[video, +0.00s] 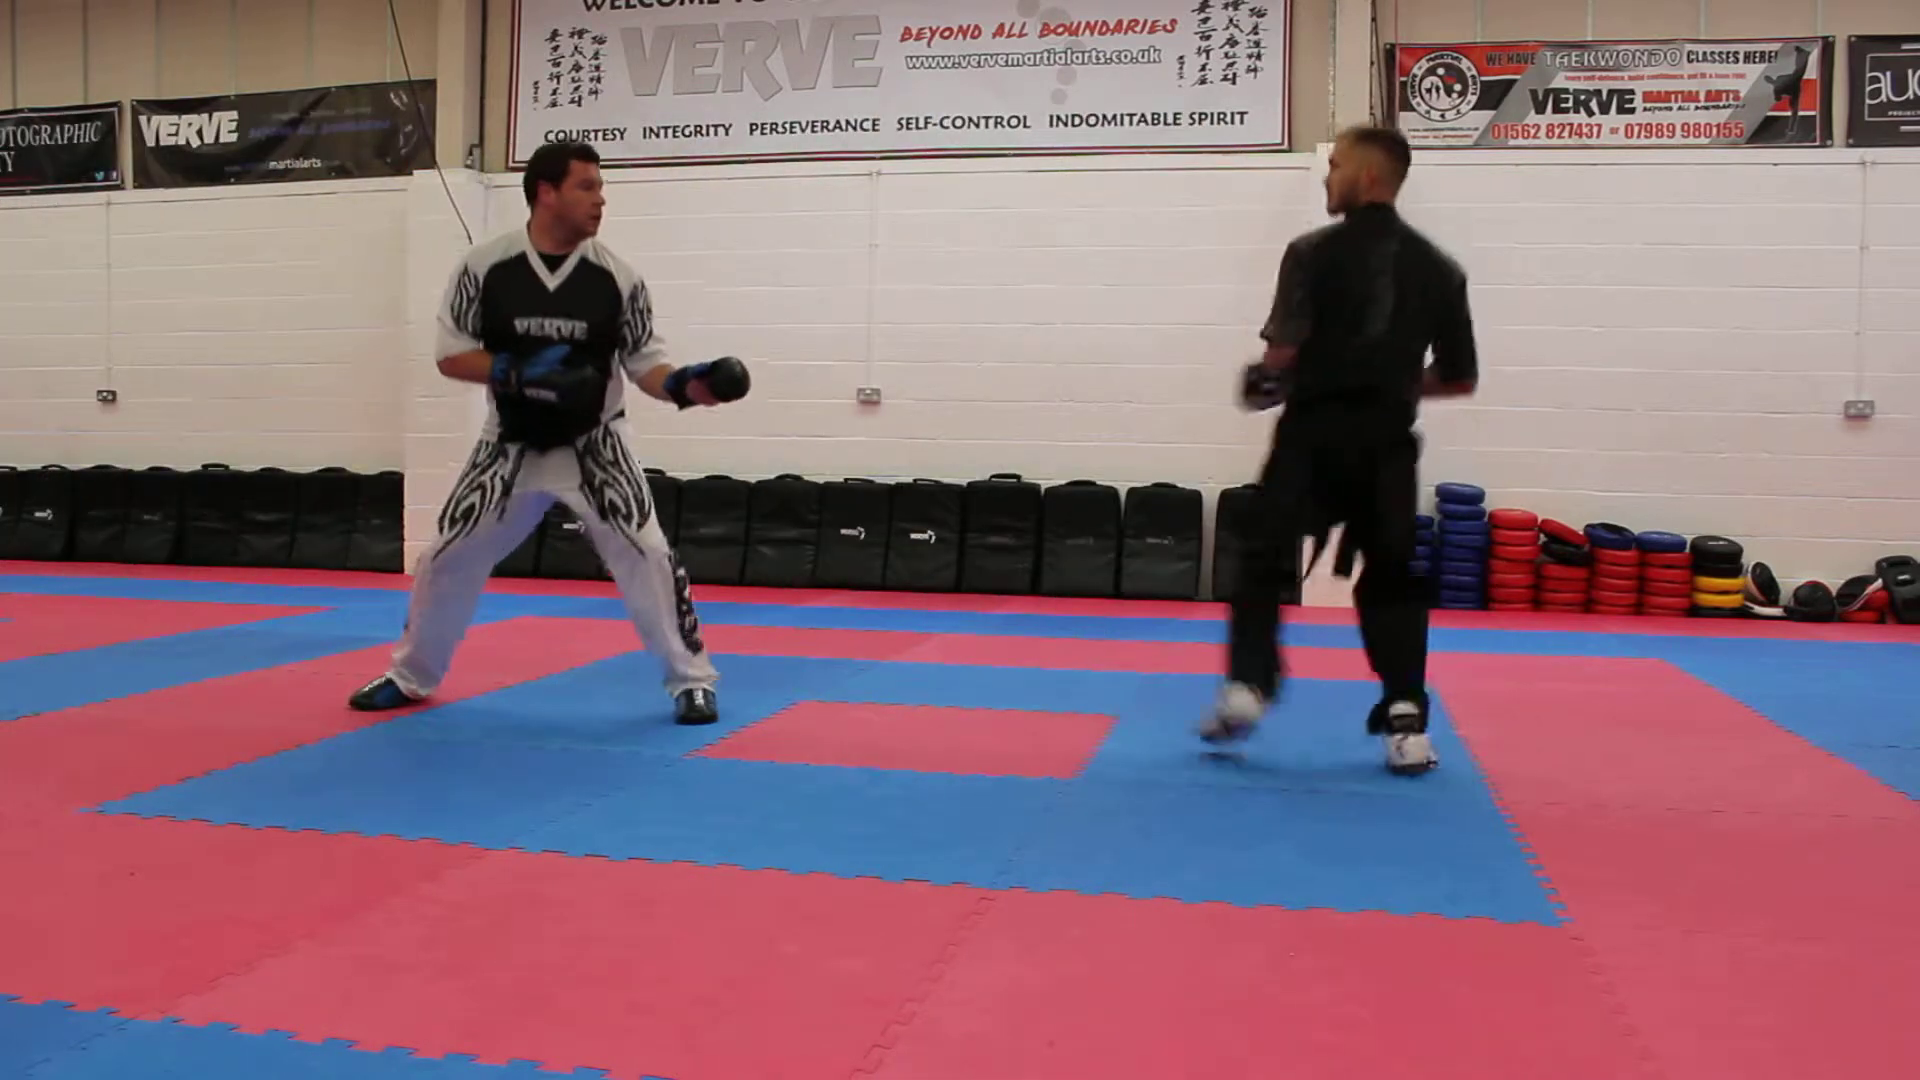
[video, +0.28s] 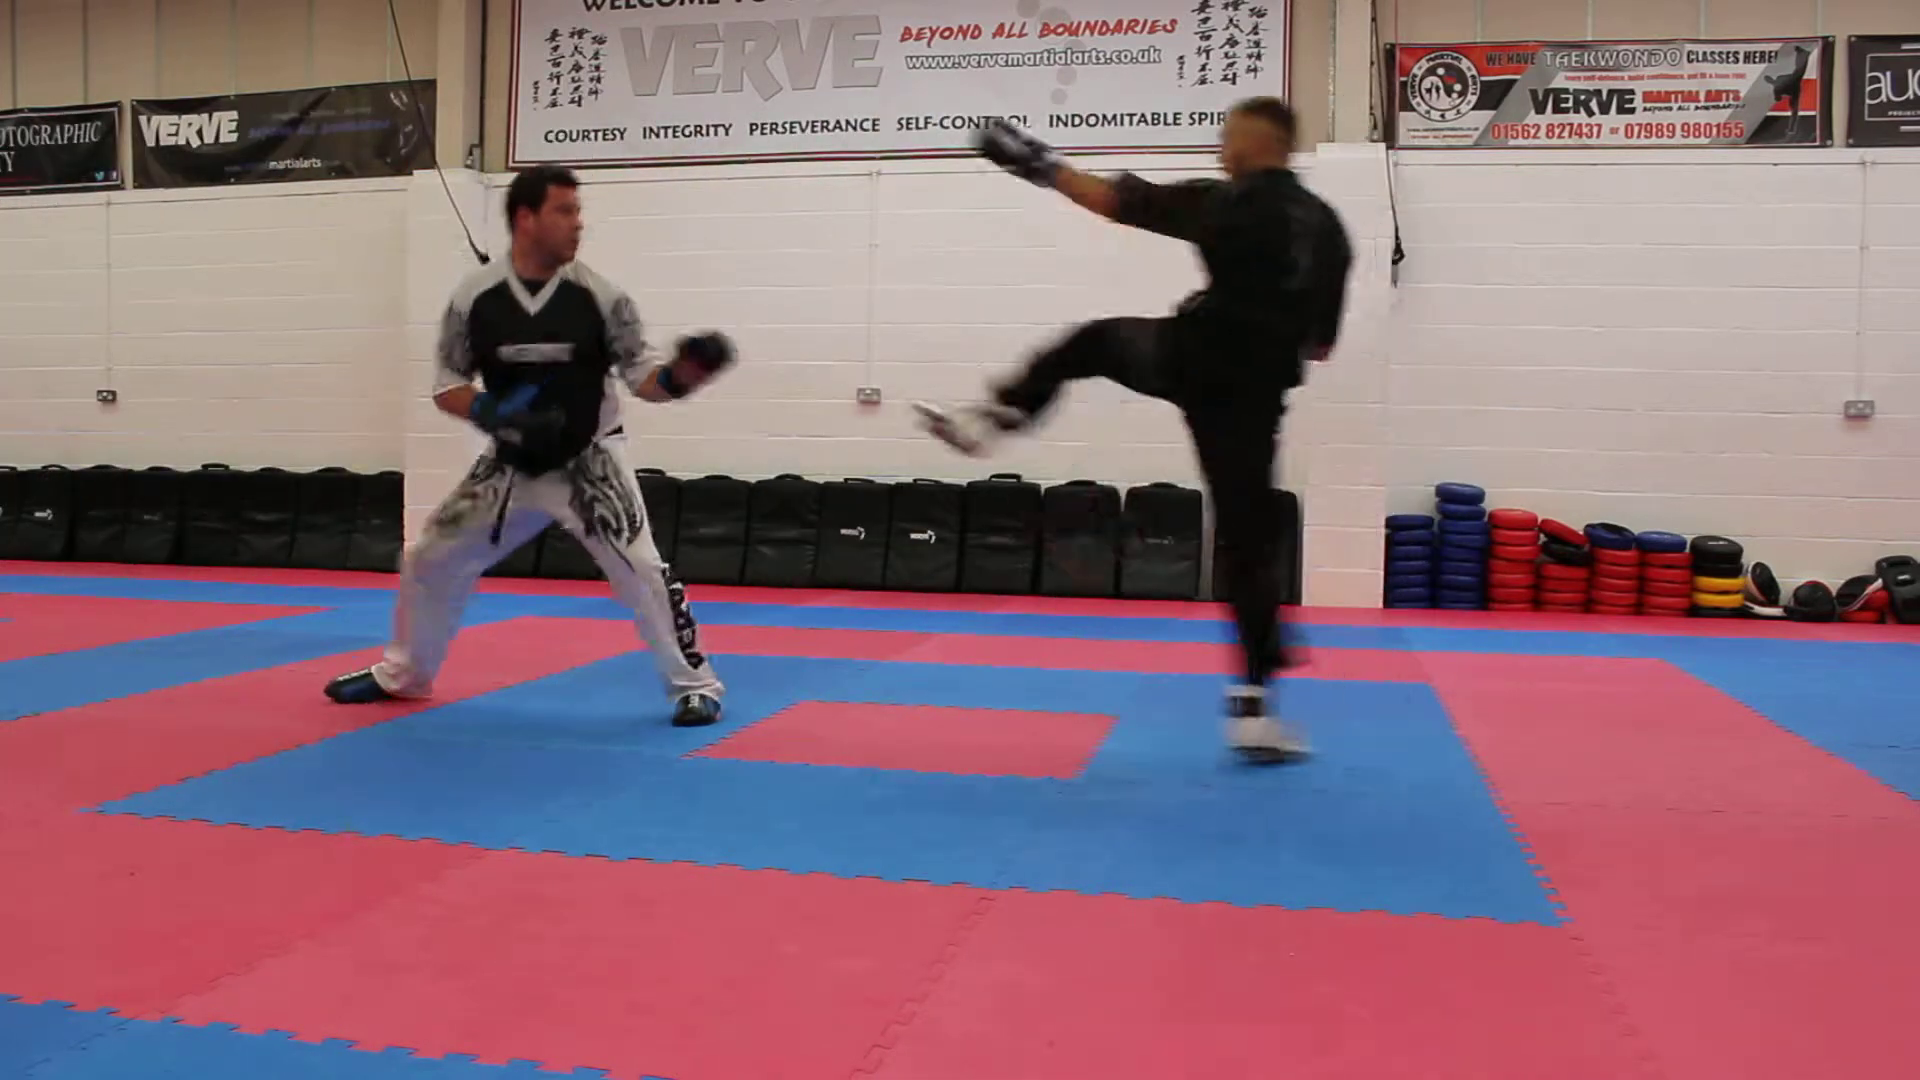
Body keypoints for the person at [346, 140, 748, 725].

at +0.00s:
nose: (600, 199)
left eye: (600, 188)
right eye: (587, 188)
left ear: (592, 195)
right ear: (544, 194)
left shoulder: (618, 278)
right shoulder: (483, 267)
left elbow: (644, 364)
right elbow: (451, 355)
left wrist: (682, 385)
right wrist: (514, 369)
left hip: (595, 448)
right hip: (509, 450)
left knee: (646, 555)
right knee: (446, 559)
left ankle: (691, 680)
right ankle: (412, 676)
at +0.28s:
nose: (579, 223)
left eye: (579, 212)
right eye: (566, 212)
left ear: (572, 219)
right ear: (525, 219)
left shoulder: (600, 298)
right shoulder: (475, 298)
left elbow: (645, 381)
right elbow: (447, 388)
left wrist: (681, 374)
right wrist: (493, 411)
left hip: (590, 462)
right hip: (510, 463)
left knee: (640, 568)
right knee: (430, 559)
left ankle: (694, 685)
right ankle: (406, 674)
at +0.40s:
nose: (524, 216)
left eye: (526, 204)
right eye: (512, 203)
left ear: (527, 210)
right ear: (474, 209)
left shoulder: (546, 285)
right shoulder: (430, 294)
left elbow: (602, 362)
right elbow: (405, 367)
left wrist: (595, 335)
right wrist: (433, 402)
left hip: (545, 449)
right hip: (472, 455)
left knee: (606, 561)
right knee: (391, 540)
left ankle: (692, 680)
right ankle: (403, 672)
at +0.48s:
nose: (485, 201)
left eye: (488, 190)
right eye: (473, 189)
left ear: (488, 196)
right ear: (435, 194)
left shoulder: (504, 263)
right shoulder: (395, 281)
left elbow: (568, 337)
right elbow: (374, 354)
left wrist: (534, 311)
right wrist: (390, 380)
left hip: (510, 423)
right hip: (447, 437)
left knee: (549, 540)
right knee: (379, 534)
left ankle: (649, 656)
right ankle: (398, 668)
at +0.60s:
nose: (425, 183)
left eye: (430, 172)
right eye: (412, 172)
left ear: (435, 177)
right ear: (378, 178)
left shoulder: (449, 242)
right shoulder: (351, 267)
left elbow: (503, 311)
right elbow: (340, 351)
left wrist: (463, 298)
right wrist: (342, 370)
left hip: (462, 398)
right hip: (404, 410)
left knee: (420, 521)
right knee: (370, 538)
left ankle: (490, 640)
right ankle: (394, 664)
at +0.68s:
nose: (388, 180)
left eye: (394, 169)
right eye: (374, 168)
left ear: (400, 175)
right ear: (342, 175)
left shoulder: (413, 232)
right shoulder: (331, 260)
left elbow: (462, 301)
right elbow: (333, 340)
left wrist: (391, 301)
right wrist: (314, 363)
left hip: (425, 393)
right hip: (382, 400)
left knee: (344, 516)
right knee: (388, 530)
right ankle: (400, 654)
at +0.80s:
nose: (284, 188)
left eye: (293, 174)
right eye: (280, 177)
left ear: (330, 175)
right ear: (292, 180)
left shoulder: (346, 224)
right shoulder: (324, 242)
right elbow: (336, 351)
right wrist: (294, 425)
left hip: (356, 409)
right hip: (386, 412)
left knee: (282, 533)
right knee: (374, 546)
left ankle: (213, 649)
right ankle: (399, 665)